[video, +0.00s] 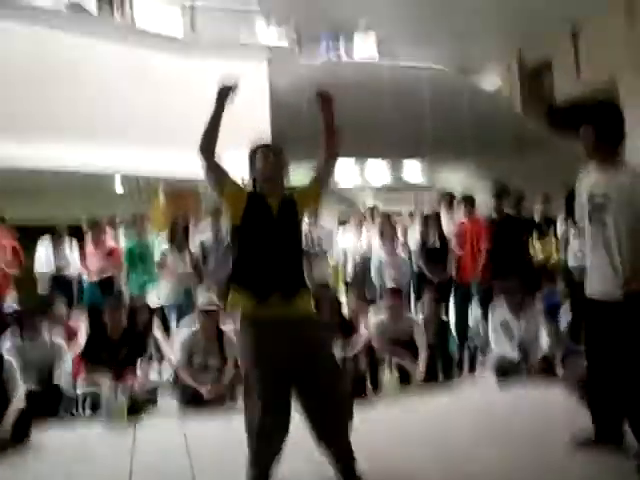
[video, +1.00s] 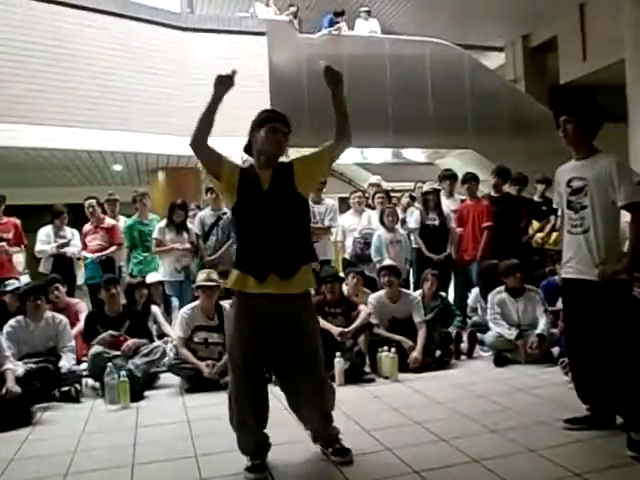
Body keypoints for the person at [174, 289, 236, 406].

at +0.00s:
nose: (209, 318)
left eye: (213, 313)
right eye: (205, 313)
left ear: (218, 315)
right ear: (198, 315)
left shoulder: (225, 340)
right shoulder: (187, 339)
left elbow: (230, 366)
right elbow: (180, 367)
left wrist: (220, 387)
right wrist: (199, 387)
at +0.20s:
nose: (209, 316)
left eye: (212, 312)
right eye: (205, 312)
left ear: (217, 314)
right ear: (197, 313)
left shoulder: (222, 334)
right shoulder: (186, 334)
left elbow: (229, 366)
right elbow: (179, 366)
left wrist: (218, 388)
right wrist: (200, 388)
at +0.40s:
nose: (207, 294)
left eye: (210, 289)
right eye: (202, 290)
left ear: (216, 292)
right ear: (194, 292)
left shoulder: (223, 312)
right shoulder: (183, 312)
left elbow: (230, 343)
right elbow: (175, 344)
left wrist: (216, 364)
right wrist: (196, 364)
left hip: (216, 358)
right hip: (191, 356)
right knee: (170, 363)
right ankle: (216, 380)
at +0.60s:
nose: (207, 296)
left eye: (211, 291)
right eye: (203, 291)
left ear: (218, 293)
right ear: (196, 293)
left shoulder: (225, 312)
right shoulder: (186, 312)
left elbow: (232, 343)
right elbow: (178, 345)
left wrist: (220, 365)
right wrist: (200, 365)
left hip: (218, 359)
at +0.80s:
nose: (210, 294)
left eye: (214, 290)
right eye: (206, 290)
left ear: (220, 292)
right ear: (198, 292)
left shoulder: (225, 312)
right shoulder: (187, 313)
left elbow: (233, 343)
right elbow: (180, 345)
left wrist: (221, 364)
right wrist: (201, 365)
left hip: (220, 360)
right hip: (195, 358)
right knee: (174, 364)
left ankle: (195, 383)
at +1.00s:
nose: (209, 293)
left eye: (212, 289)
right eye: (204, 290)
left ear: (218, 291)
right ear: (197, 292)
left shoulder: (227, 312)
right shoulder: (186, 313)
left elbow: (233, 345)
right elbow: (180, 346)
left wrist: (220, 366)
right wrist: (200, 365)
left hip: (219, 360)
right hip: (195, 359)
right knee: (173, 363)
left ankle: (195, 384)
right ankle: (221, 382)